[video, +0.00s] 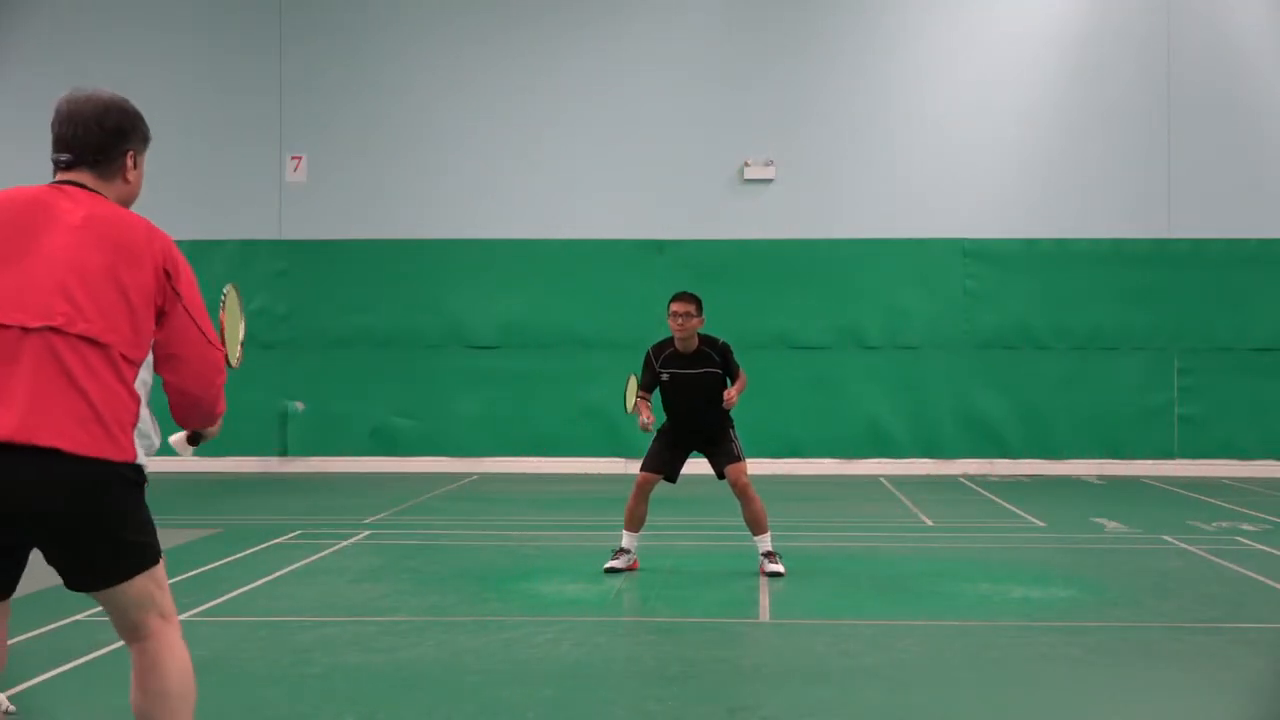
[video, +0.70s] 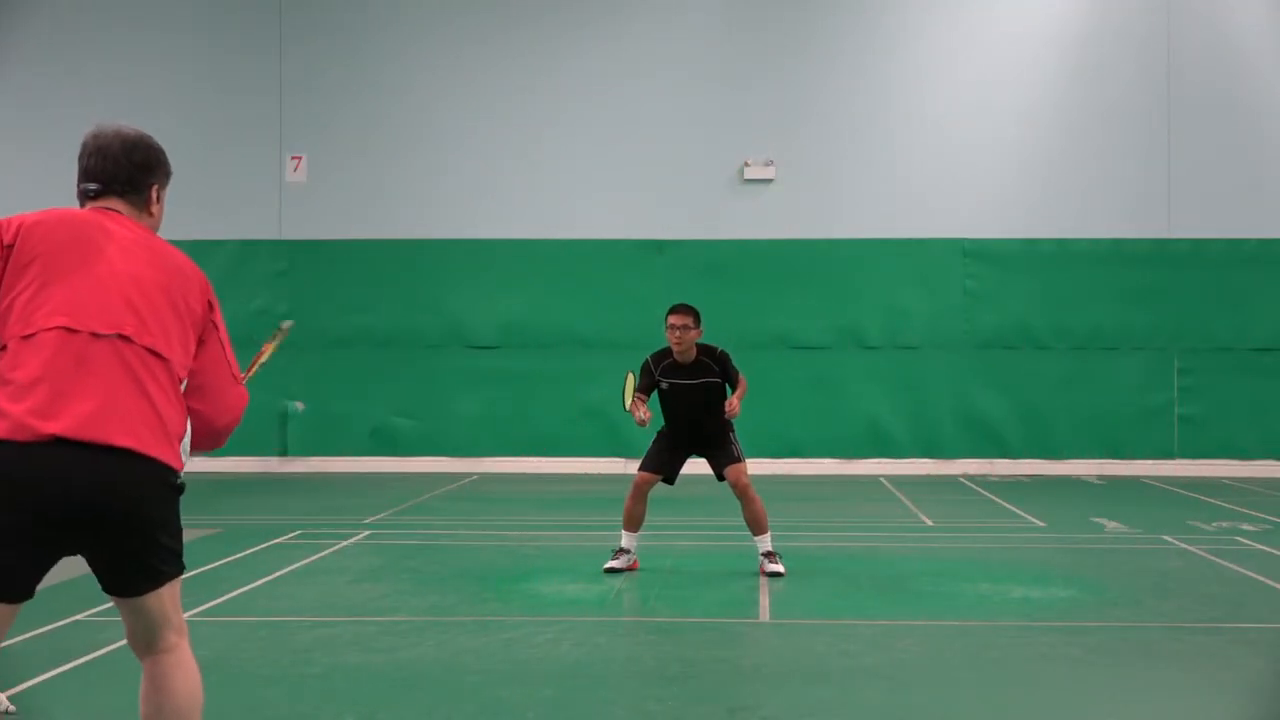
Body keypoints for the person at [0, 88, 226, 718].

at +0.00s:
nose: (144, 175)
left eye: (143, 161)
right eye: (143, 161)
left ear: (60, 156)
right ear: (129, 163)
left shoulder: (3, 206)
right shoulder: (149, 245)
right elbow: (197, 369)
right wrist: (200, 421)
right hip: (87, 464)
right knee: (152, 629)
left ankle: (0, 703)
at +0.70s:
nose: (164, 207)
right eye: (164, 195)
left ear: (83, 189)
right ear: (155, 196)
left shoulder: (20, 231)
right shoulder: (187, 277)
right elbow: (221, 412)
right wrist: (191, 431)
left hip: (18, 463)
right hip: (134, 474)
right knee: (163, 644)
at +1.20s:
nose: (198, 227)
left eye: (199, 215)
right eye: (198, 215)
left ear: (117, 205)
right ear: (185, 216)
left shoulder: (46, 237)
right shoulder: (203, 290)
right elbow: (220, 423)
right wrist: (220, 467)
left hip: (22, 456)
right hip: (137, 475)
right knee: (164, 640)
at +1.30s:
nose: (201, 228)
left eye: (202, 216)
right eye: (201, 217)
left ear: (121, 205)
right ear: (189, 217)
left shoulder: (51, 238)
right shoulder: (207, 289)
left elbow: (0, 308)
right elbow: (217, 410)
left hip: (26, 456)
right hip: (141, 473)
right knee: (166, 639)